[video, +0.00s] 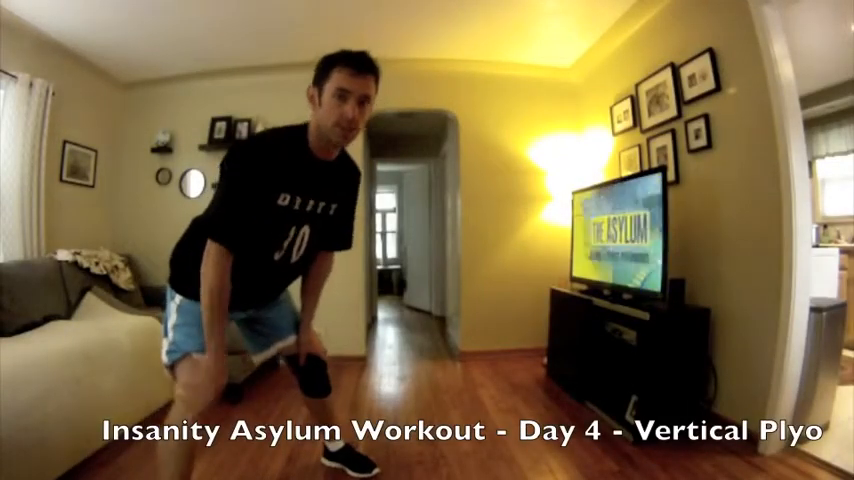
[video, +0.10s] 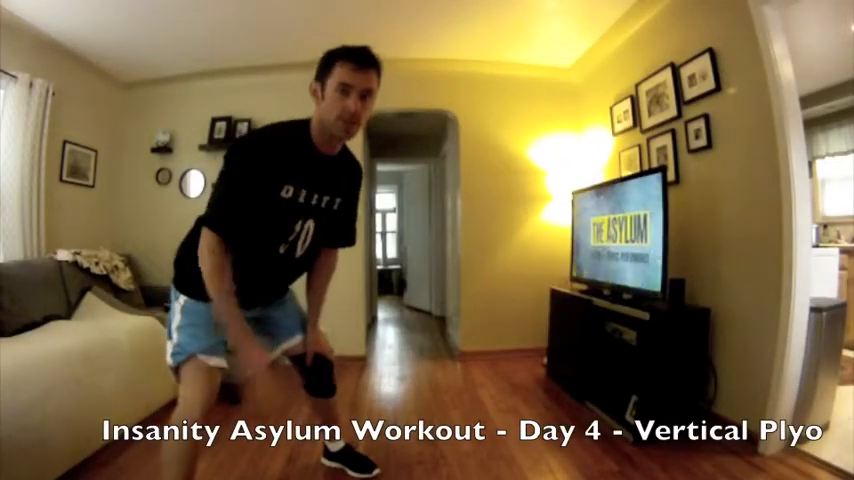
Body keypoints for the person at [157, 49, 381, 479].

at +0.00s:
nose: (351, 113)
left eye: (362, 103)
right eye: (341, 97)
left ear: (371, 110)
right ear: (313, 97)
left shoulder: (345, 176)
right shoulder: (257, 154)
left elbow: (323, 254)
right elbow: (217, 251)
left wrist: (306, 325)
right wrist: (215, 352)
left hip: (262, 287)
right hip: (201, 285)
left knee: (313, 366)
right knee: (200, 386)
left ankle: (334, 446)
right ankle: (171, 474)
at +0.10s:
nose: (354, 107)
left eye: (365, 97)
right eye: (345, 91)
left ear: (373, 104)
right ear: (317, 91)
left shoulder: (347, 172)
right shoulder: (258, 148)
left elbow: (327, 251)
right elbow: (210, 244)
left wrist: (313, 325)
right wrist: (242, 338)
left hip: (268, 288)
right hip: (207, 287)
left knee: (319, 368)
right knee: (198, 400)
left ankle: (336, 446)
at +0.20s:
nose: (357, 104)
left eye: (367, 95)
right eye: (347, 88)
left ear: (375, 103)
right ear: (319, 89)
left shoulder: (350, 171)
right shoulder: (261, 145)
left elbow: (330, 256)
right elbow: (215, 240)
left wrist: (318, 325)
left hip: (278, 291)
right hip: (213, 287)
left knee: (323, 369)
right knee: (201, 398)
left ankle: (335, 446)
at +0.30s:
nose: (360, 104)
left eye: (371, 95)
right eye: (350, 88)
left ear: (378, 103)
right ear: (322, 89)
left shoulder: (353, 172)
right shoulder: (266, 144)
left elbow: (333, 251)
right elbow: (226, 240)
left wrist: (321, 325)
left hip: (275, 286)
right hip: (214, 284)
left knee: (325, 367)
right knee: (202, 396)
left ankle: (335, 447)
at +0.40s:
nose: (364, 104)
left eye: (374, 95)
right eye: (354, 89)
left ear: (381, 103)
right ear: (326, 89)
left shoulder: (353, 169)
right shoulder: (270, 143)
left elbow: (334, 251)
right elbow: (234, 239)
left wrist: (322, 324)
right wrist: (323, 203)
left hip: (276, 285)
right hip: (216, 283)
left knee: (324, 367)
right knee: (201, 395)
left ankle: (335, 446)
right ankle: (173, 476)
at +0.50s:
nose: (369, 104)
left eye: (379, 95)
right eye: (360, 88)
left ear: (384, 102)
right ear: (331, 88)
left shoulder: (355, 170)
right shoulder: (273, 141)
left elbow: (334, 249)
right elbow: (237, 236)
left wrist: (321, 322)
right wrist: (324, 214)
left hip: (276, 285)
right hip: (216, 284)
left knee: (323, 365)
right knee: (201, 394)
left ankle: (335, 447)